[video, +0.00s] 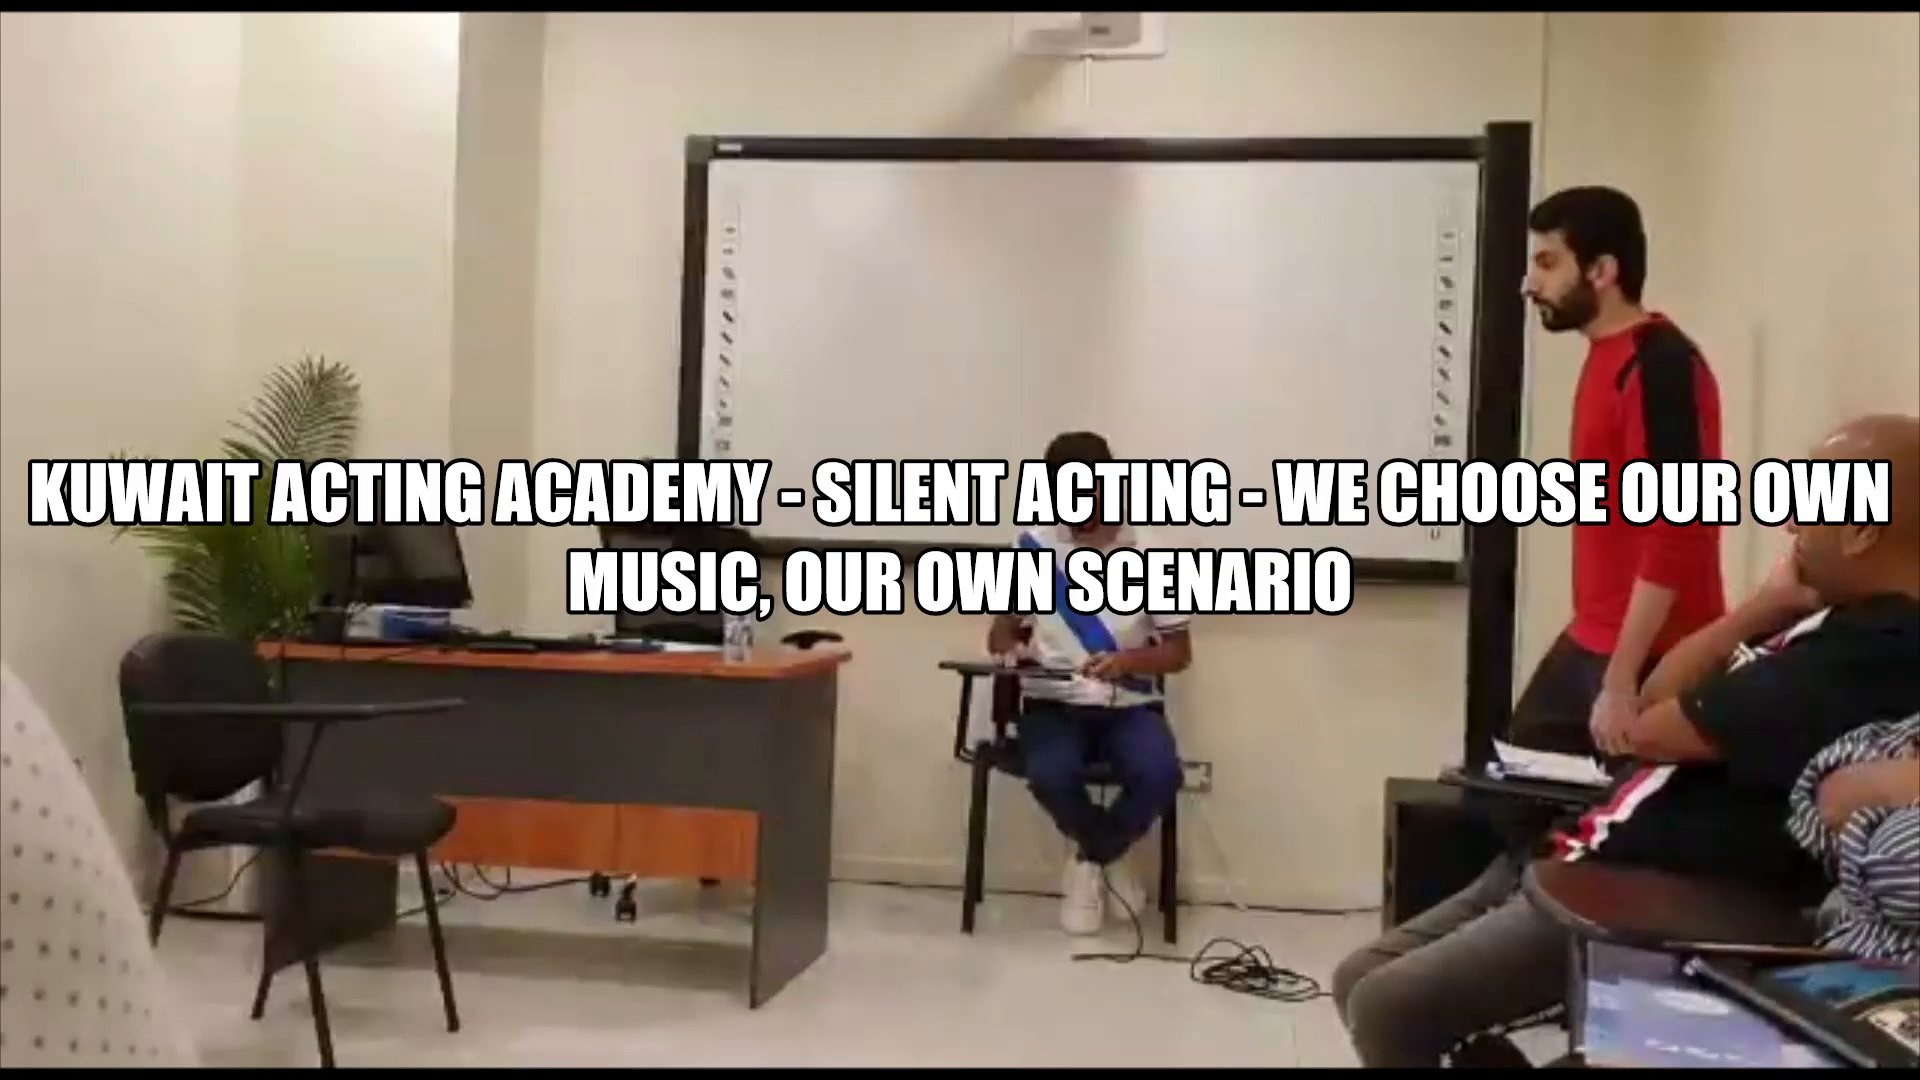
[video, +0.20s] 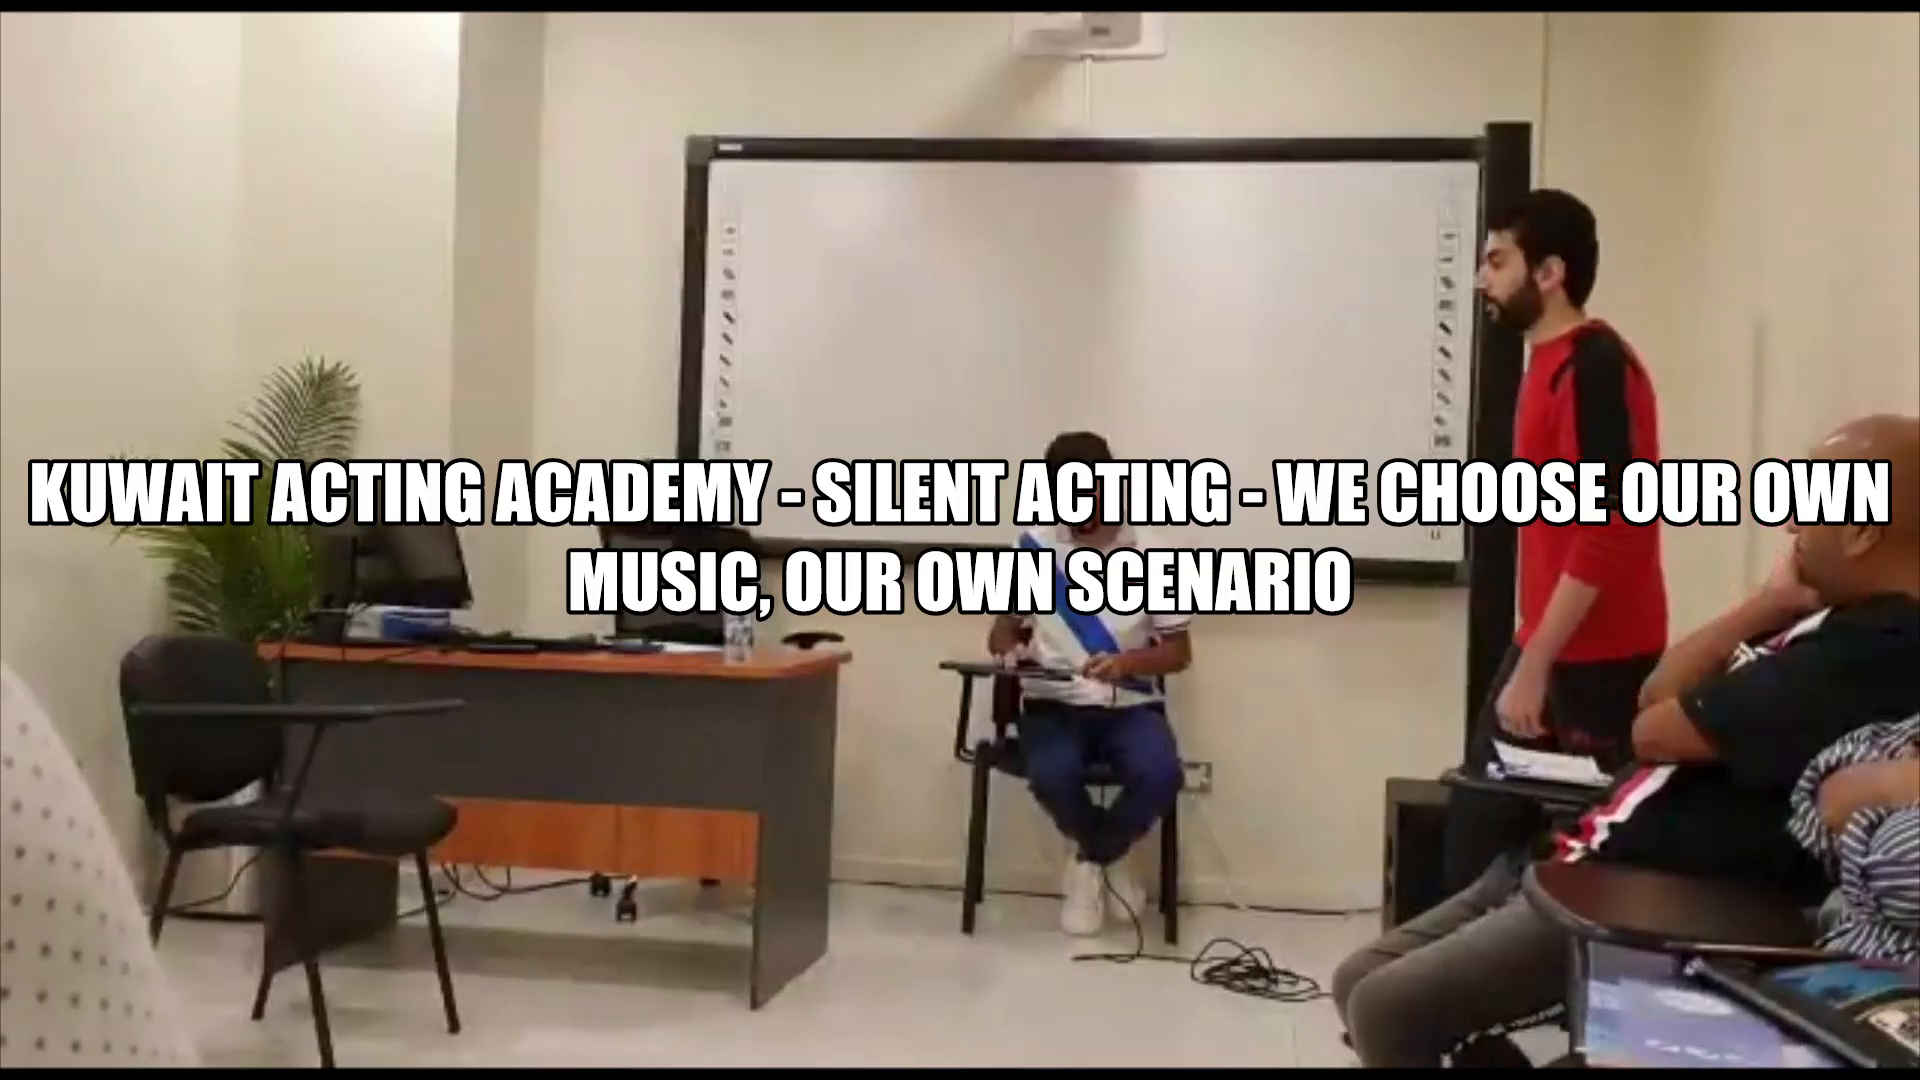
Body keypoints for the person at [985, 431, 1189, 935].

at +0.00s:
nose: (1083, 504)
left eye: (1091, 489)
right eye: (1070, 491)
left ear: (1111, 486)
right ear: (1053, 492)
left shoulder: (1146, 550)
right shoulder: (1035, 548)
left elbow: (1179, 652)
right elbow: (997, 639)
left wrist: (1125, 661)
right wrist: (1010, 634)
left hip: (1129, 706)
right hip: (1053, 705)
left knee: (1159, 775)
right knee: (1050, 778)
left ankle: (1088, 863)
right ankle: (1109, 856)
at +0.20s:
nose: (1083, 503)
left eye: (1091, 488)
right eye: (1070, 490)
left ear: (1111, 485)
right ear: (1053, 491)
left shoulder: (1145, 551)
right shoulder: (1035, 549)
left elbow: (1179, 652)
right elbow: (998, 640)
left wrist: (1125, 663)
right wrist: (1009, 634)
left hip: (1130, 705)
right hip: (1053, 704)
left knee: (1159, 777)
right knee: (1051, 779)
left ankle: (1088, 864)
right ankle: (1108, 855)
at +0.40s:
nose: (1082, 505)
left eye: (1090, 490)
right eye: (1069, 491)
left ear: (1111, 486)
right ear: (1053, 492)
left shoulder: (1144, 551)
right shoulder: (1035, 549)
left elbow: (1179, 653)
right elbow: (997, 641)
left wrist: (1126, 663)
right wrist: (1010, 634)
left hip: (1130, 705)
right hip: (1053, 704)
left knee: (1160, 776)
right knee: (1051, 779)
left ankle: (1088, 866)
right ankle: (1109, 858)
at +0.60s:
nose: (1082, 505)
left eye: (1090, 490)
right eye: (1070, 492)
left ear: (1111, 486)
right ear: (1053, 493)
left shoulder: (1146, 551)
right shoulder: (1035, 549)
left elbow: (1179, 653)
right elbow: (1000, 635)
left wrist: (1125, 664)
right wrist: (1008, 641)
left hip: (1130, 706)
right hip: (1054, 705)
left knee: (1160, 776)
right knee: (1051, 781)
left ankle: (1088, 866)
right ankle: (1109, 857)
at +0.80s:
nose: (1082, 505)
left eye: (1090, 489)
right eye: (1070, 492)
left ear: (1111, 486)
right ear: (1053, 493)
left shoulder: (1145, 551)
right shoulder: (1036, 550)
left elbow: (1181, 653)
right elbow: (1002, 633)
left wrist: (1127, 665)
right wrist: (1007, 642)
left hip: (1131, 707)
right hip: (1054, 705)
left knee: (1160, 777)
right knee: (1051, 780)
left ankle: (1089, 866)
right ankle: (1107, 856)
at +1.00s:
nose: (1087, 506)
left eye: (1094, 492)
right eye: (1073, 494)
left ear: (1113, 488)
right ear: (1055, 494)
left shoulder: (1148, 551)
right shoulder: (1037, 550)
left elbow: (1179, 651)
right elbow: (1004, 632)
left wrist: (1126, 665)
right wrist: (1007, 642)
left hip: (1131, 707)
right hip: (1054, 706)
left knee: (1162, 777)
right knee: (1052, 782)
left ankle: (1089, 866)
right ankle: (1115, 854)